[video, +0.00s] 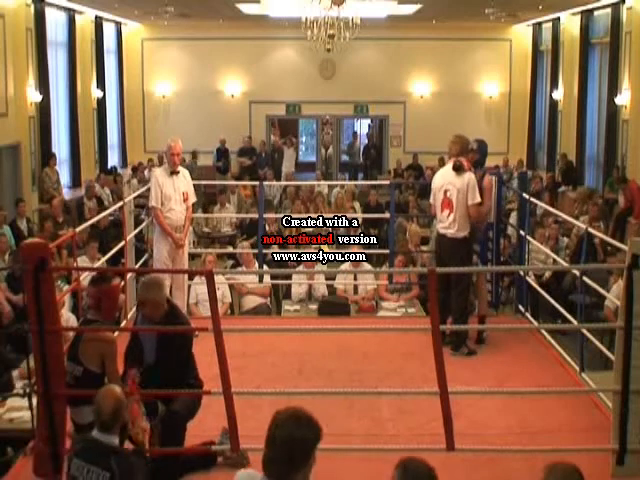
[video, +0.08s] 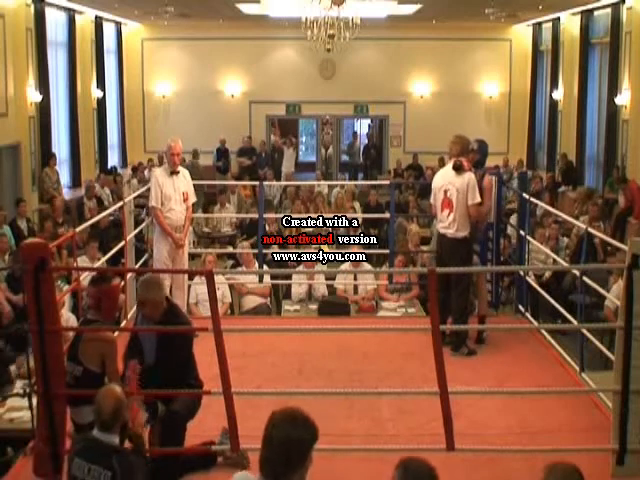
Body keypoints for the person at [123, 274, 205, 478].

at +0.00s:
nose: (142, 310)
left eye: (145, 305)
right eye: (140, 304)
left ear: (161, 302)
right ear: (139, 301)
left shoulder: (180, 326)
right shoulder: (142, 315)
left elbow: (171, 370)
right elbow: (133, 348)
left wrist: (141, 378)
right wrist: (131, 370)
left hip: (183, 386)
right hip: (151, 383)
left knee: (173, 416)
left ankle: (166, 468)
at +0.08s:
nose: (141, 308)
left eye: (145, 304)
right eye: (139, 303)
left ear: (161, 301)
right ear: (138, 300)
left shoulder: (179, 325)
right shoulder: (142, 317)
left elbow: (171, 371)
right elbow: (132, 349)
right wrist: (129, 371)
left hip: (184, 388)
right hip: (154, 388)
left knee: (174, 416)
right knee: (161, 467)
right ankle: (216, 449)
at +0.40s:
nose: (145, 290)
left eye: (151, 284)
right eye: (145, 284)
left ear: (164, 286)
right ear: (142, 284)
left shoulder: (178, 319)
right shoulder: (146, 310)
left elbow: (173, 372)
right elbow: (137, 357)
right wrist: (128, 331)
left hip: (183, 390)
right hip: (157, 386)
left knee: (172, 416)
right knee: (155, 467)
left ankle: (217, 453)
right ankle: (214, 448)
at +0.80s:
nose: (148, 285)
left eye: (153, 278)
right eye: (148, 278)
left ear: (167, 280)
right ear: (150, 279)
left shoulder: (180, 318)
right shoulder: (159, 308)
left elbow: (172, 372)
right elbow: (152, 357)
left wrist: (147, 406)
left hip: (176, 397)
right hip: (161, 391)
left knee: (161, 469)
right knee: (158, 467)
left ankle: (216, 451)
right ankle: (215, 449)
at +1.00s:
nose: (150, 284)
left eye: (155, 278)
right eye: (149, 277)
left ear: (170, 279)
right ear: (148, 278)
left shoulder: (181, 319)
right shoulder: (160, 307)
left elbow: (167, 374)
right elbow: (149, 358)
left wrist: (139, 334)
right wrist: (134, 335)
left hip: (176, 397)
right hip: (161, 390)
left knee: (160, 470)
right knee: (159, 467)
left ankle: (217, 451)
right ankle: (215, 449)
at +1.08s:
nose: (149, 284)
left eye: (155, 278)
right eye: (149, 277)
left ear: (170, 278)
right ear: (148, 278)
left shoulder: (181, 319)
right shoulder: (159, 307)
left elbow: (165, 372)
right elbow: (146, 356)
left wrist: (140, 334)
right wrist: (134, 333)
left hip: (177, 396)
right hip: (160, 389)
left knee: (160, 470)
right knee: (161, 467)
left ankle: (217, 451)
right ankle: (215, 449)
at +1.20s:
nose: (149, 286)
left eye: (154, 280)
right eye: (147, 280)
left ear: (169, 280)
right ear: (148, 279)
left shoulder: (180, 318)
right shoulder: (158, 307)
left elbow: (171, 372)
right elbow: (141, 347)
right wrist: (133, 334)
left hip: (178, 396)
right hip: (161, 390)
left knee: (161, 470)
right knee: (159, 467)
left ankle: (217, 452)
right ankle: (215, 449)